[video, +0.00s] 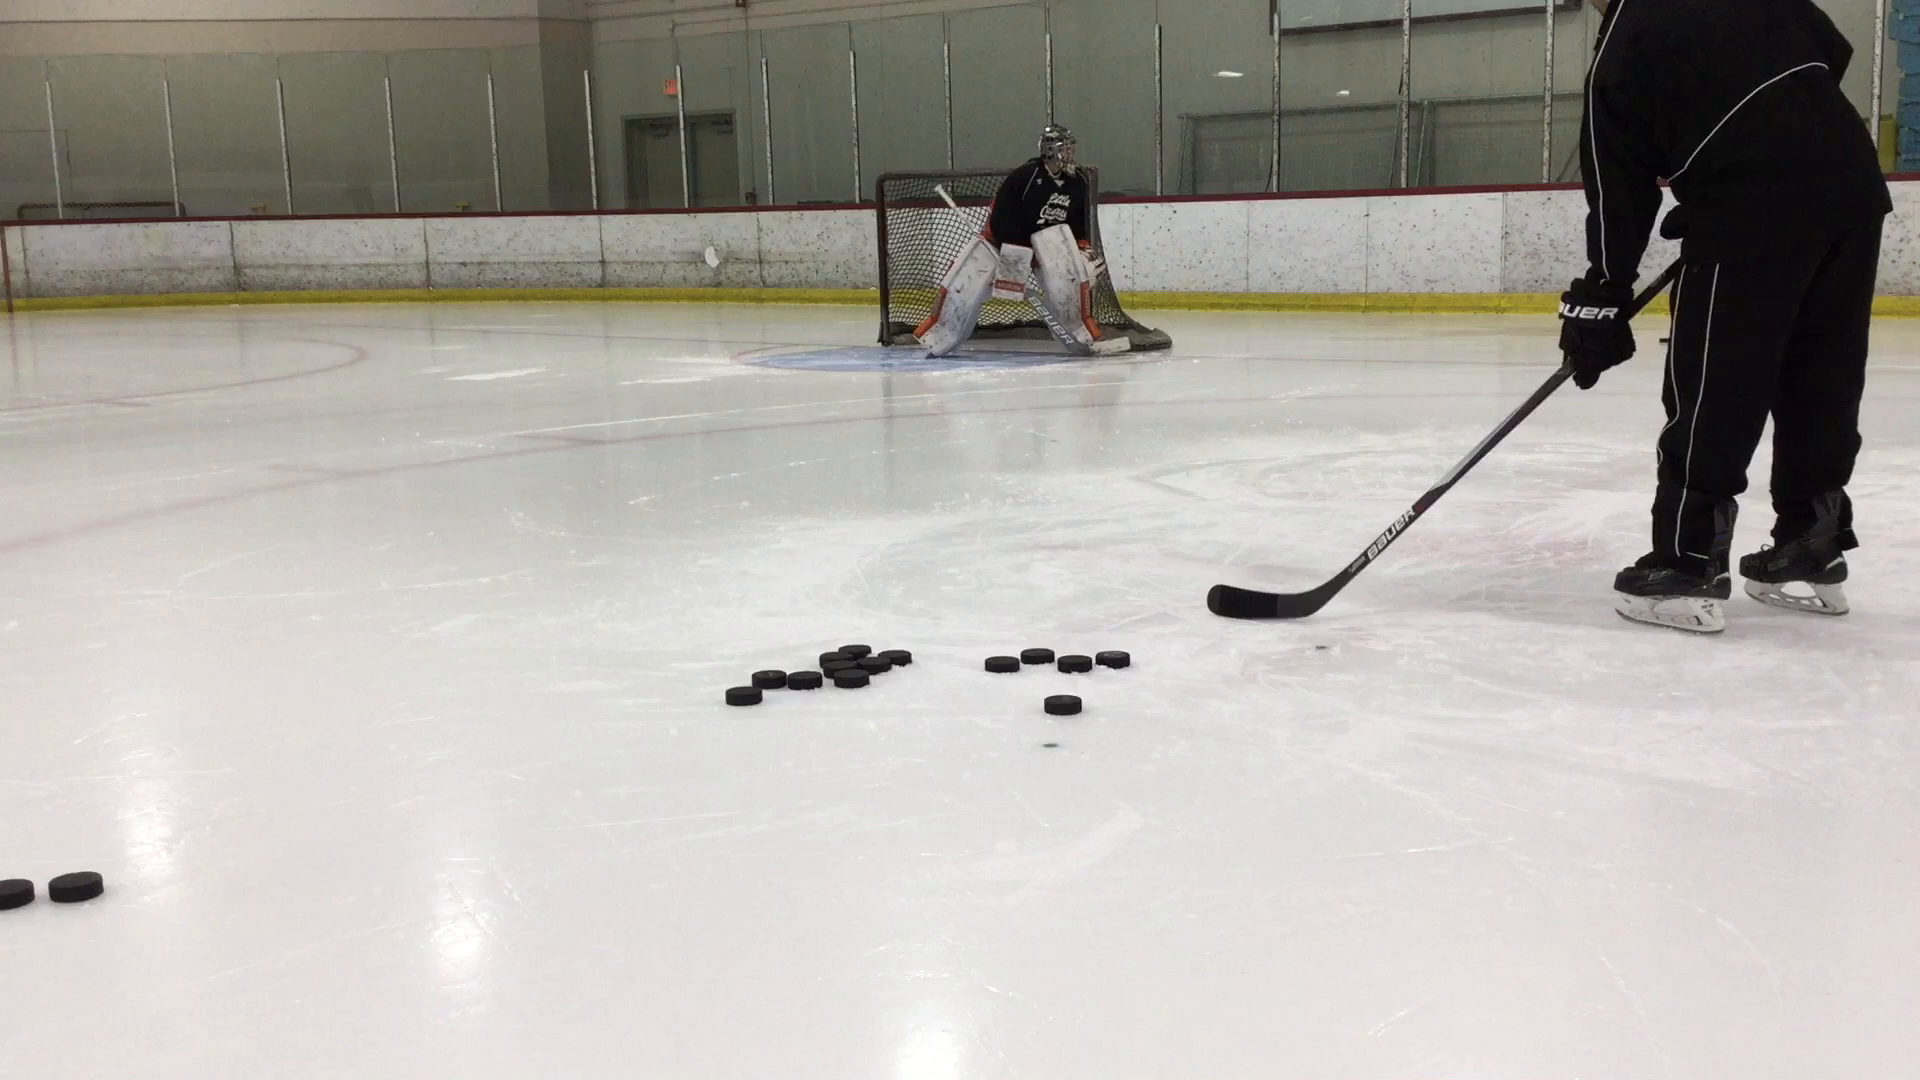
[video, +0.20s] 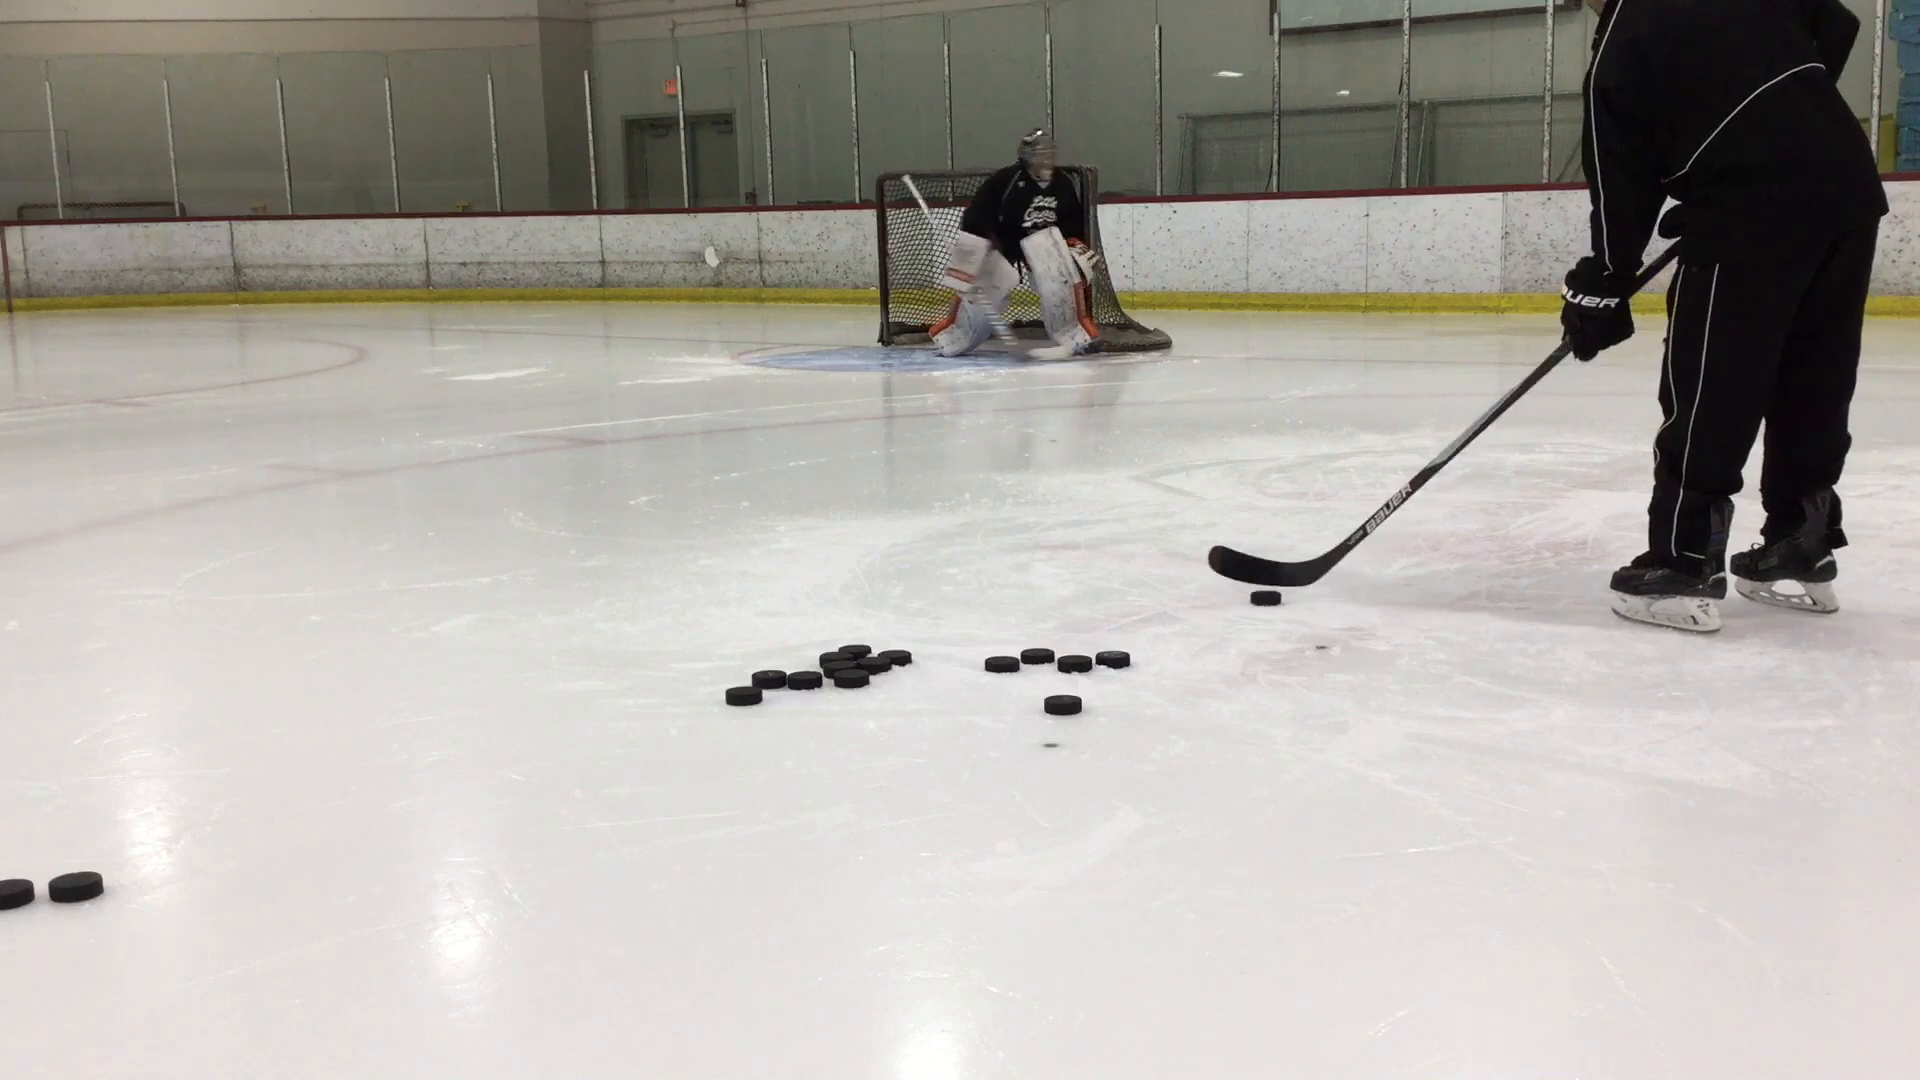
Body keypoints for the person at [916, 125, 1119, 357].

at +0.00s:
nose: (1069, 155)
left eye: (1070, 150)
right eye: (1063, 150)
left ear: (1072, 151)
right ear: (1048, 152)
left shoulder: (1077, 184)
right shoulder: (1024, 177)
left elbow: (1079, 223)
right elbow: (1002, 219)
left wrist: (1083, 249)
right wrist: (1016, 259)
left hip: (1051, 245)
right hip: (1007, 242)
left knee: (1077, 277)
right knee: (965, 280)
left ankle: (1084, 333)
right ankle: (933, 332)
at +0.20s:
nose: (1047, 162)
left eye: (1050, 156)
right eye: (1041, 157)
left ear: (1054, 157)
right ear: (1027, 159)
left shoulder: (1063, 184)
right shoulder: (1002, 183)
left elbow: (1072, 222)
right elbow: (975, 224)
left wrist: (1075, 248)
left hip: (1046, 246)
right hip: (1004, 248)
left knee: (1059, 283)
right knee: (985, 291)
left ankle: (1073, 337)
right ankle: (958, 340)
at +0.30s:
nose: (1013, 164)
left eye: (1018, 158)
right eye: (1008, 158)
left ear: (1028, 161)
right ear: (1001, 160)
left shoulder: (1044, 187)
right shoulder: (983, 186)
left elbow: (1064, 218)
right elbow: (953, 220)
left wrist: (1066, 247)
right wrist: (928, 258)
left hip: (1028, 245)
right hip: (986, 246)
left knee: (1043, 288)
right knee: (966, 292)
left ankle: (1065, 339)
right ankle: (958, 341)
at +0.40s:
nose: (976, 170)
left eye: (981, 164)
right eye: (972, 165)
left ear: (994, 166)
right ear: (966, 167)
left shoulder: (1019, 190)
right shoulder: (954, 192)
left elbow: (1047, 228)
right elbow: (920, 228)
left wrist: (1040, 253)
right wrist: (894, 257)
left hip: (1011, 256)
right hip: (970, 257)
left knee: (1027, 292)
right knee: (933, 285)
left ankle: (1061, 338)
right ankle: (946, 337)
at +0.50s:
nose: (931, 175)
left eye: (938, 170)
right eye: (929, 169)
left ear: (951, 171)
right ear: (925, 171)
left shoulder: (974, 192)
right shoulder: (915, 198)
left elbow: (1009, 220)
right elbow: (890, 232)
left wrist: (997, 240)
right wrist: (866, 261)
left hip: (976, 258)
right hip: (938, 258)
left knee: (1017, 301)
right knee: (895, 281)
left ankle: (1058, 340)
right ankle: (918, 337)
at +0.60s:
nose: (892, 173)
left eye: (898, 167)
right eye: (889, 167)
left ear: (911, 170)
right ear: (883, 171)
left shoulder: (930, 194)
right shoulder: (878, 199)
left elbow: (964, 220)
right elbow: (854, 230)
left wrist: (956, 242)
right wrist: (833, 257)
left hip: (941, 258)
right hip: (902, 258)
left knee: (978, 302)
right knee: (855, 276)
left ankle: (1053, 337)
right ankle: (884, 331)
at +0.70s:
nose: (857, 172)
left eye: (863, 167)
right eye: (854, 166)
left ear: (876, 170)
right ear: (850, 168)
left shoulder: (897, 194)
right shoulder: (843, 196)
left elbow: (931, 224)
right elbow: (820, 229)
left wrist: (915, 244)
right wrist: (806, 257)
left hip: (915, 260)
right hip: (874, 261)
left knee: (931, 309)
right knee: (833, 278)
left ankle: (1003, 328)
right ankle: (840, 334)